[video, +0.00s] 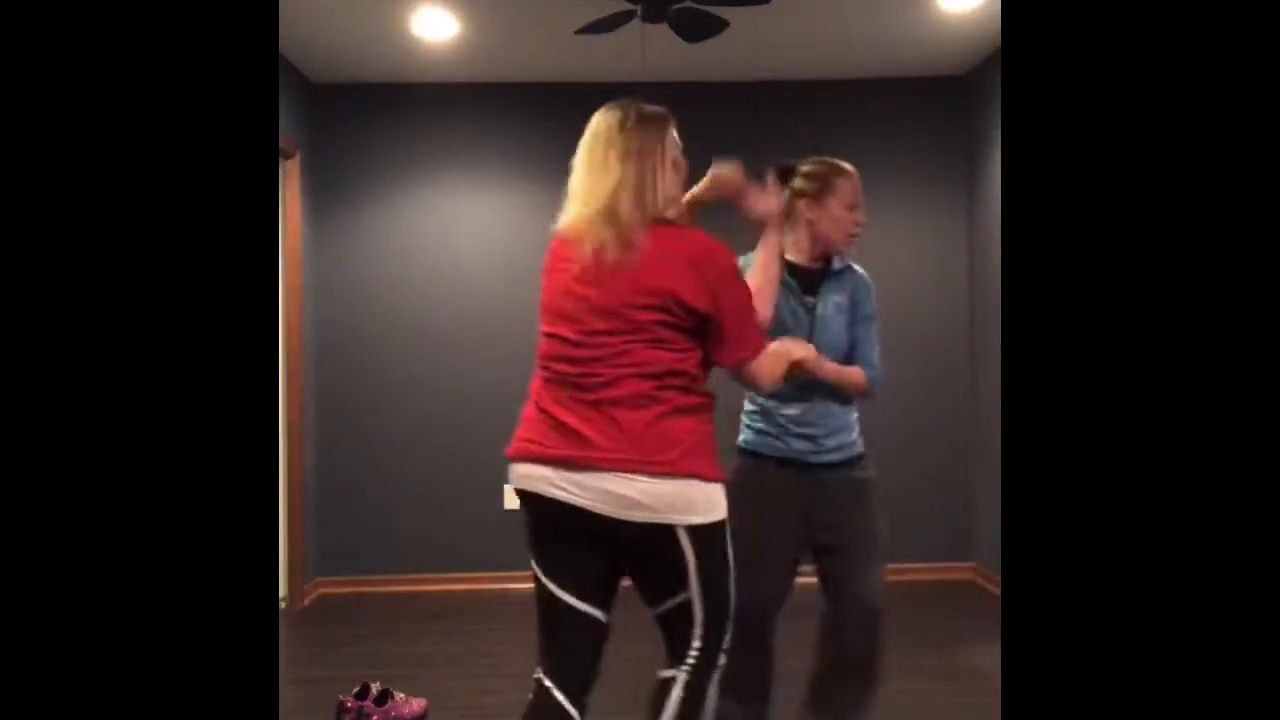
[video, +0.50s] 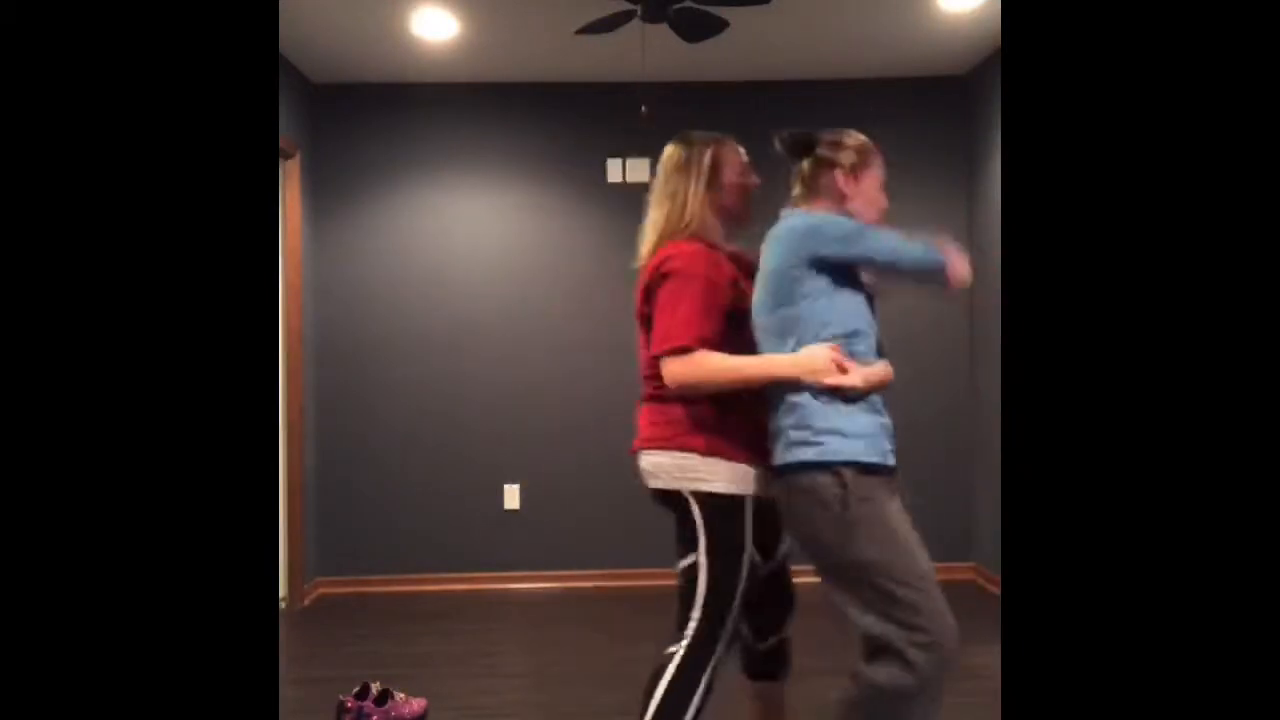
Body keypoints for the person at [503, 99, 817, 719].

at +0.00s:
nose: (680, 172)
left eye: (681, 160)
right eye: (676, 159)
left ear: (593, 166)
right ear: (657, 167)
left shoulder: (565, 245)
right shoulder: (697, 254)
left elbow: (640, 236)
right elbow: (761, 369)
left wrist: (702, 193)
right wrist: (791, 350)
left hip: (555, 486)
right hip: (667, 497)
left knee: (562, 670)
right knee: (696, 654)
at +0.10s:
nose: (690, 178)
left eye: (688, 166)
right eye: (682, 165)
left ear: (604, 175)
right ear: (662, 175)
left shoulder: (583, 249)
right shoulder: (696, 260)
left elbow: (679, 224)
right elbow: (755, 384)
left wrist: (724, 165)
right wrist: (795, 363)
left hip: (569, 485)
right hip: (675, 496)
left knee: (578, 662)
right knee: (679, 659)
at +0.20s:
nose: (702, 188)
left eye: (700, 173)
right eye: (693, 173)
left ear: (621, 181)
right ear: (667, 182)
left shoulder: (597, 258)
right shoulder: (692, 263)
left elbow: (688, 245)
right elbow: (733, 380)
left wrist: (750, 169)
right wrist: (815, 371)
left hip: (590, 484)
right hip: (686, 497)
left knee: (613, 650)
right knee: (674, 666)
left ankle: (579, 710)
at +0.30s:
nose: (719, 178)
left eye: (715, 166)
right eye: (709, 167)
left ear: (646, 181)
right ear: (679, 180)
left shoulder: (629, 262)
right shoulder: (695, 264)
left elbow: (717, 263)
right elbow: (704, 370)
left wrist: (774, 201)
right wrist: (816, 374)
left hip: (625, 480)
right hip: (694, 490)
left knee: (667, 627)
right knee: (685, 650)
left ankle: (619, 707)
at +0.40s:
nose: (738, 179)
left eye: (732, 167)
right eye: (725, 168)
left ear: (675, 182)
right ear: (691, 180)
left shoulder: (664, 257)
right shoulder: (695, 262)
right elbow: (685, 367)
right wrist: (810, 369)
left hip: (664, 467)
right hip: (697, 475)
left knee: (743, 595)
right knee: (691, 646)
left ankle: (705, 699)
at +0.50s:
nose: (753, 182)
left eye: (750, 171)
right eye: (742, 171)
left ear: (708, 183)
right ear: (705, 180)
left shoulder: (730, 262)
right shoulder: (689, 260)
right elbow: (679, 367)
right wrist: (795, 365)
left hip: (736, 458)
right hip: (698, 461)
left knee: (768, 602)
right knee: (707, 626)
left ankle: (769, 707)